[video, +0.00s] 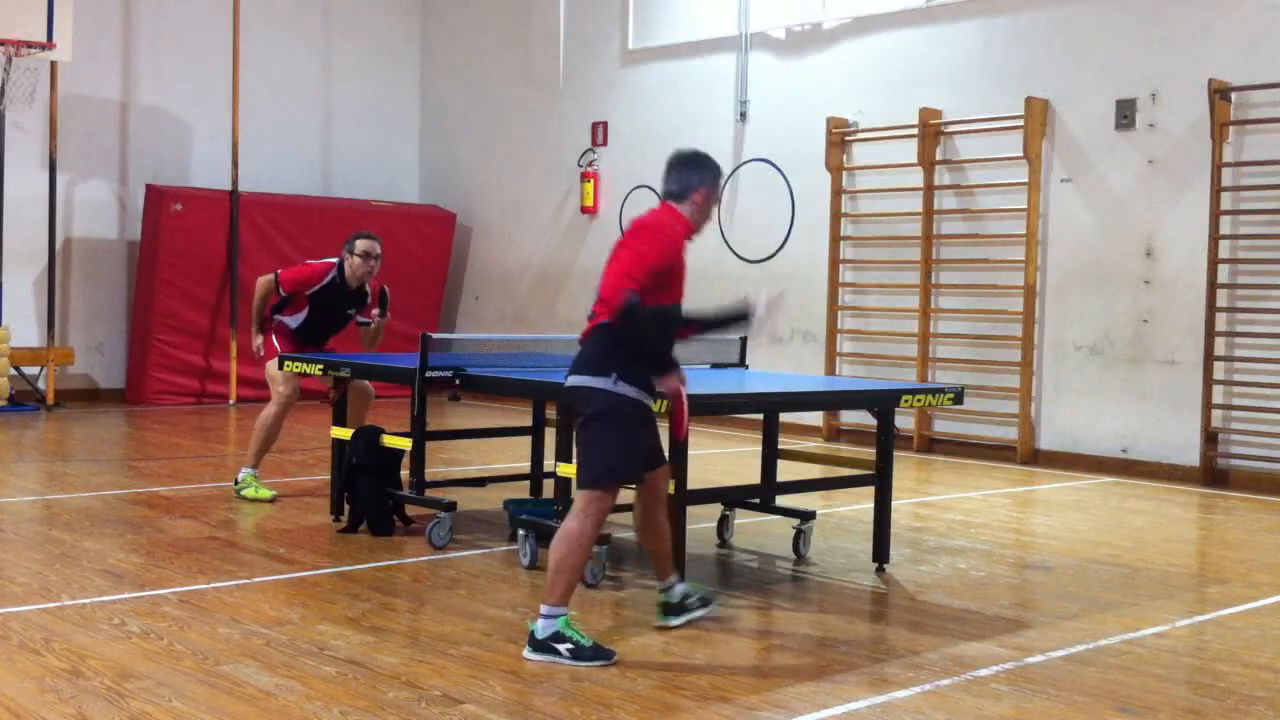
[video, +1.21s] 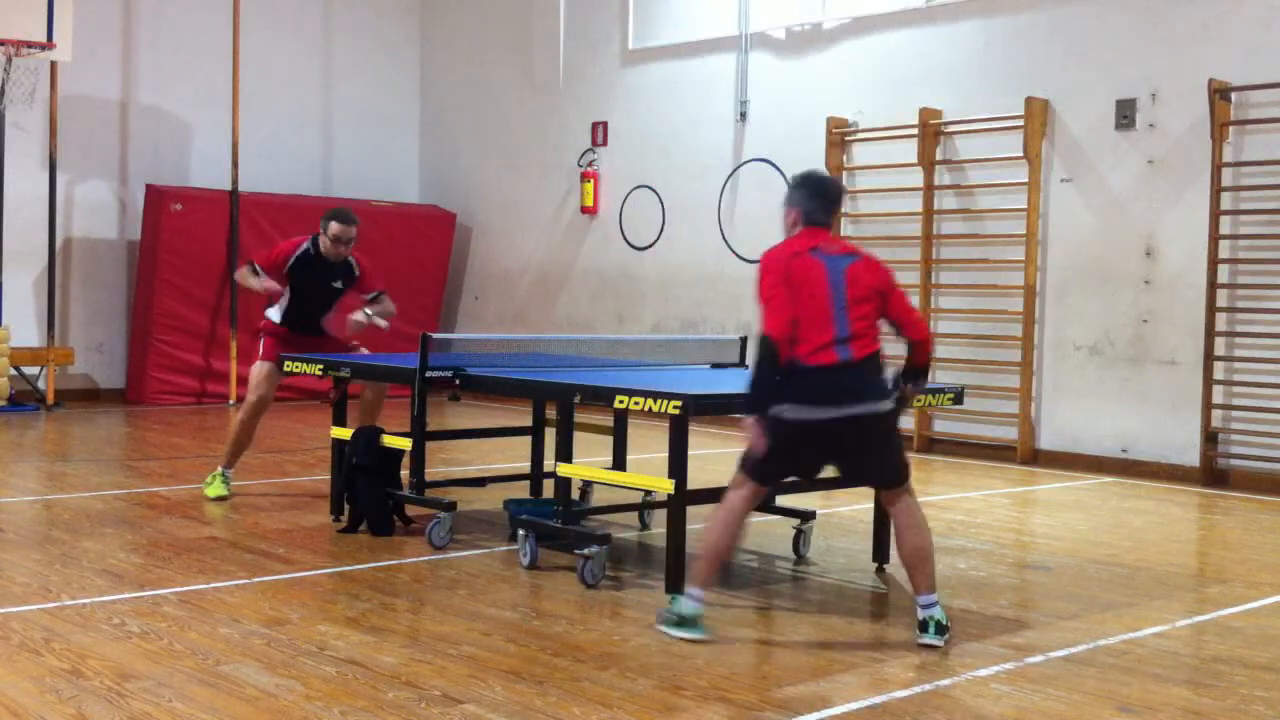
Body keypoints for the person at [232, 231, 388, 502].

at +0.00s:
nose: (372, 264)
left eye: (376, 259)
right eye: (365, 257)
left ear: (380, 262)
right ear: (347, 256)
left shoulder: (367, 292)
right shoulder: (320, 272)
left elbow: (369, 344)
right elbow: (264, 284)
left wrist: (378, 325)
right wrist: (257, 330)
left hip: (315, 344)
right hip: (281, 334)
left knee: (362, 392)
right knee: (286, 393)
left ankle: (349, 471)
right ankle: (247, 475)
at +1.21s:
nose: (342, 248)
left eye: (349, 242)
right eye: (336, 241)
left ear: (355, 239)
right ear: (322, 232)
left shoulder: (354, 266)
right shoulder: (295, 250)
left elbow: (387, 306)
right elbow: (242, 273)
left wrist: (367, 314)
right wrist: (260, 283)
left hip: (321, 338)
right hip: (280, 335)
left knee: (378, 378)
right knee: (258, 398)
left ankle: (361, 459)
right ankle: (223, 473)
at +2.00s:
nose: (331, 221)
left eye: (335, 215)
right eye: (324, 214)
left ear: (338, 217)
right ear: (305, 214)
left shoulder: (329, 252)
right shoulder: (279, 238)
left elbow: (341, 287)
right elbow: (228, 266)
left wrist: (368, 308)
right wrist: (266, 274)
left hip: (307, 331)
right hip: (263, 330)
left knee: (354, 387)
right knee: (238, 405)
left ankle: (333, 462)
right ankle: (208, 452)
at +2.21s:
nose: (329, 228)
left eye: (333, 222)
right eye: (323, 220)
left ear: (335, 224)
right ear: (302, 218)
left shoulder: (314, 257)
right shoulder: (275, 242)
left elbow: (306, 305)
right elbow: (235, 286)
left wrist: (334, 336)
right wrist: (277, 312)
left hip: (287, 339)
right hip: (251, 332)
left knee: (333, 391)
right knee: (230, 402)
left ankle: (320, 472)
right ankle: (172, 478)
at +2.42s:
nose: (337, 252)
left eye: (340, 246)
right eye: (333, 243)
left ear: (334, 249)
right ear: (310, 238)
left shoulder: (309, 283)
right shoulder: (280, 255)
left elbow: (312, 335)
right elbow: (236, 278)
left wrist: (360, 351)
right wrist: (274, 304)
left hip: (268, 355)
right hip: (232, 345)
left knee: (326, 390)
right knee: (223, 413)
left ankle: (319, 472)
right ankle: (160, 483)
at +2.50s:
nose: (350, 253)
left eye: (353, 247)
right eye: (345, 245)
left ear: (344, 250)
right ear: (322, 242)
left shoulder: (328, 289)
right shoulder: (290, 257)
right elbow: (235, 263)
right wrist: (269, 278)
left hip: (273, 356)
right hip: (239, 343)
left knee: (330, 389)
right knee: (220, 410)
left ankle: (318, 472)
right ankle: (159, 481)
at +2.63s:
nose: (375, 253)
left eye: (378, 247)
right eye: (370, 245)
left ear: (372, 252)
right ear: (348, 243)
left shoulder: (363, 289)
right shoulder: (317, 258)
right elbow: (268, 252)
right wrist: (257, 242)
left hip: (295, 351)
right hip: (261, 334)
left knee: (343, 397)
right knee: (226, 397)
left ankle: (320, 472)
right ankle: (166, 474)